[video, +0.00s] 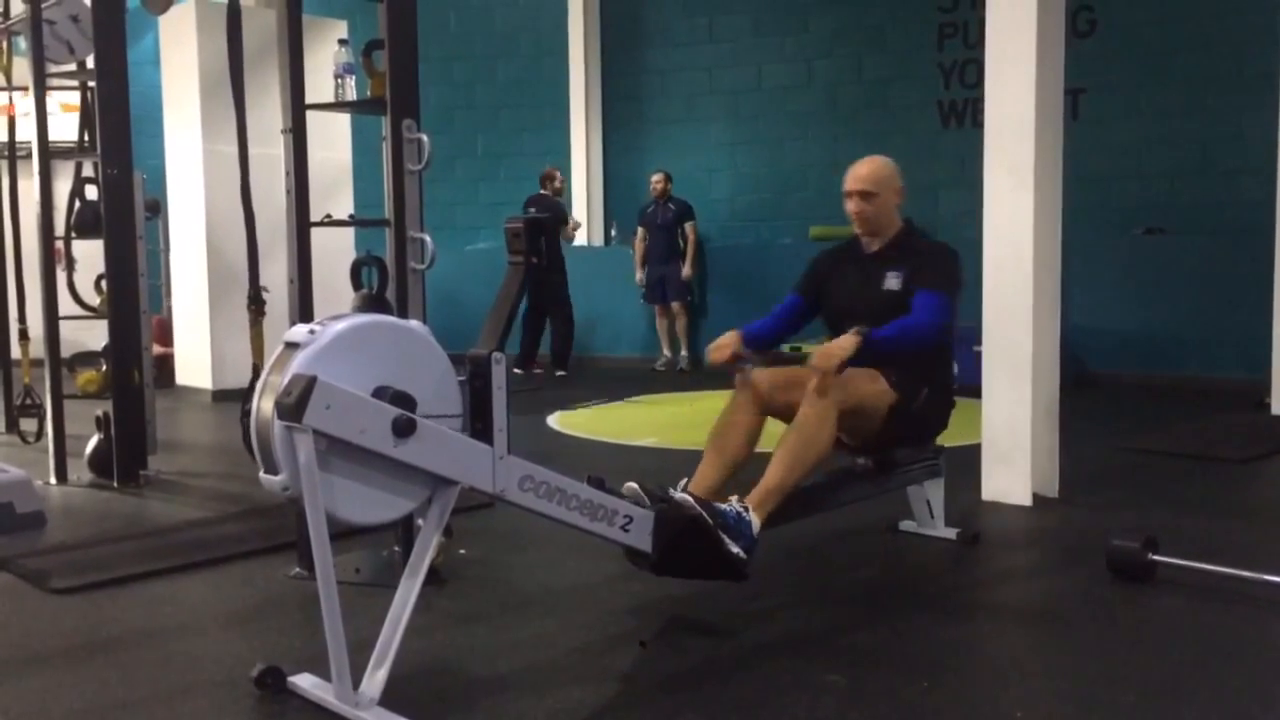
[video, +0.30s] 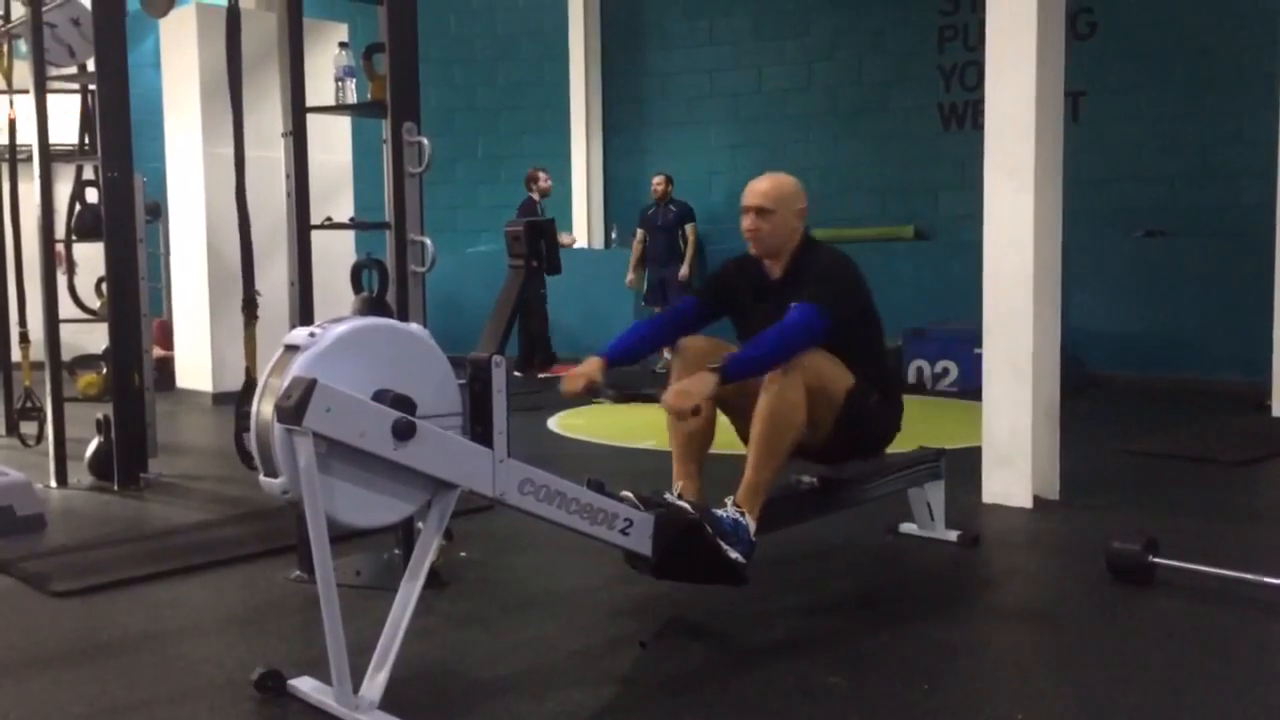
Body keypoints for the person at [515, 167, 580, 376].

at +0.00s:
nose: (563, 184)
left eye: (562, 181)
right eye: (560, 181)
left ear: (543, 184)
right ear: (549, 184)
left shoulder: (529, 203)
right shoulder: (556, 206)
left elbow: (539, 228)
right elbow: (568, 237)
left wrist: (567, 223)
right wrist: (573, 227)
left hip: (533, 266)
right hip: (553, 266)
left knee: (535, 311)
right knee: (562, 313)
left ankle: (524, 361)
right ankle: (560, 365)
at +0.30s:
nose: (550, 183)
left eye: (549, 179)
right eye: (546, 180)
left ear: (538, 185)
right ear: (534, 185)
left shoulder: (536, 206)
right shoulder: (530, 208)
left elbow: (540, 233)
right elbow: (535, 237)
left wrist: (558, 238)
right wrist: (558, 240)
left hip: (537, 269)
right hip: (531, 270)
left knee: (536, 317)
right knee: (534, 317)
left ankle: (540, 360)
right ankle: (534, 362)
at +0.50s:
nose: (543, 183)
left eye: (542, 179)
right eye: (538, 180)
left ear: (536, 185)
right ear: (527, 184)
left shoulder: (538, 209)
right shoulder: (520, 208)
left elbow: (539, 240)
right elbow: (524, 241)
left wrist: (554, 247)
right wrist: (553, 248)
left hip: (535, 269)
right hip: (523, 269)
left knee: (533, 318)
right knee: (526, 318)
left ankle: (531, 363)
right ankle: (524, 364)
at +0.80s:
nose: (534, 184)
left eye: (534, 180)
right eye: (529, 181)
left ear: (530, 185)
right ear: (518, 185)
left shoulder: (535, 211)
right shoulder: (507, 209)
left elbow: (541, 239)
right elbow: (508, 237)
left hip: (533, 271)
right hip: (513, 272)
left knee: (533, 319)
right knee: (512, 319)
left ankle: (529, 366)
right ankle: (510, 367)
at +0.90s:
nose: (533, 185)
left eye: (533, 182)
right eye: (529, 182)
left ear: (532, 185)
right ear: (517, 186)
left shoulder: (535, 212)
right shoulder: (506, 209)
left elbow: (540, 240)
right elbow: (510, 229)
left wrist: (543, 265)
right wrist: (528, 205)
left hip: (534, 272)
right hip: (512, 273)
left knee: (539, 320)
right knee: (510, 320)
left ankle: (531, 365)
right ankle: (510, 367)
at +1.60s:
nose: (557, 200)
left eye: (559, 197)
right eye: (556, 195)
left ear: (557, 198)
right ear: (544, 192)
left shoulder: (554, 215)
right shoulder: (525, 208)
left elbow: (554, 246)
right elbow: (536, 216)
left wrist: (557, 272)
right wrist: (543, 196)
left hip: (552, 274)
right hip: (531, 274)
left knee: (548, 322)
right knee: (524, 321)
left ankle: (548, 364)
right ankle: (515, 365)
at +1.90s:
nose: (567, 206)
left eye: (569, 203)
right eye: (567, 202)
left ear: (561, 197)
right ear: (558, 195)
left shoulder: (552, 213)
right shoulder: (533, 206)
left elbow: (553, 248)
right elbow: (531, 239)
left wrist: (559, 273)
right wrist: (560, 224)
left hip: (554, 275)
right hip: (536, 275)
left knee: (550, 322)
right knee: (532, 321)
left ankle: (548, 363)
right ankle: (526, 364)